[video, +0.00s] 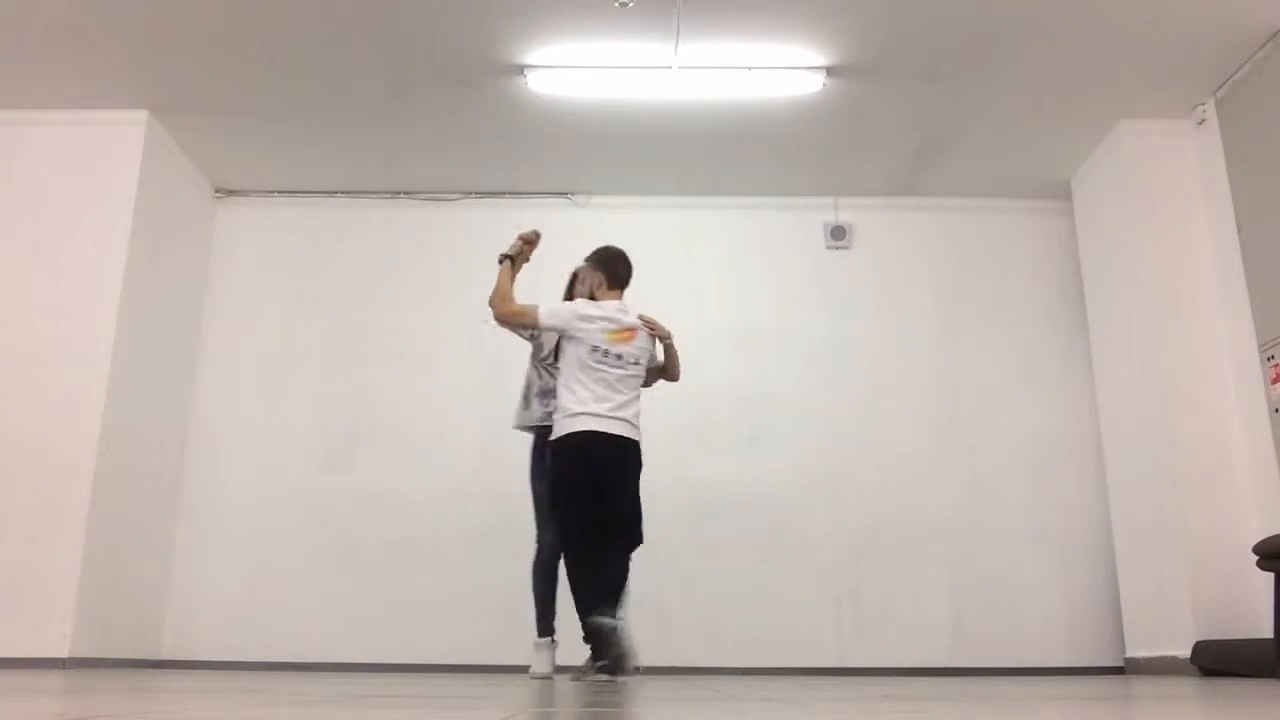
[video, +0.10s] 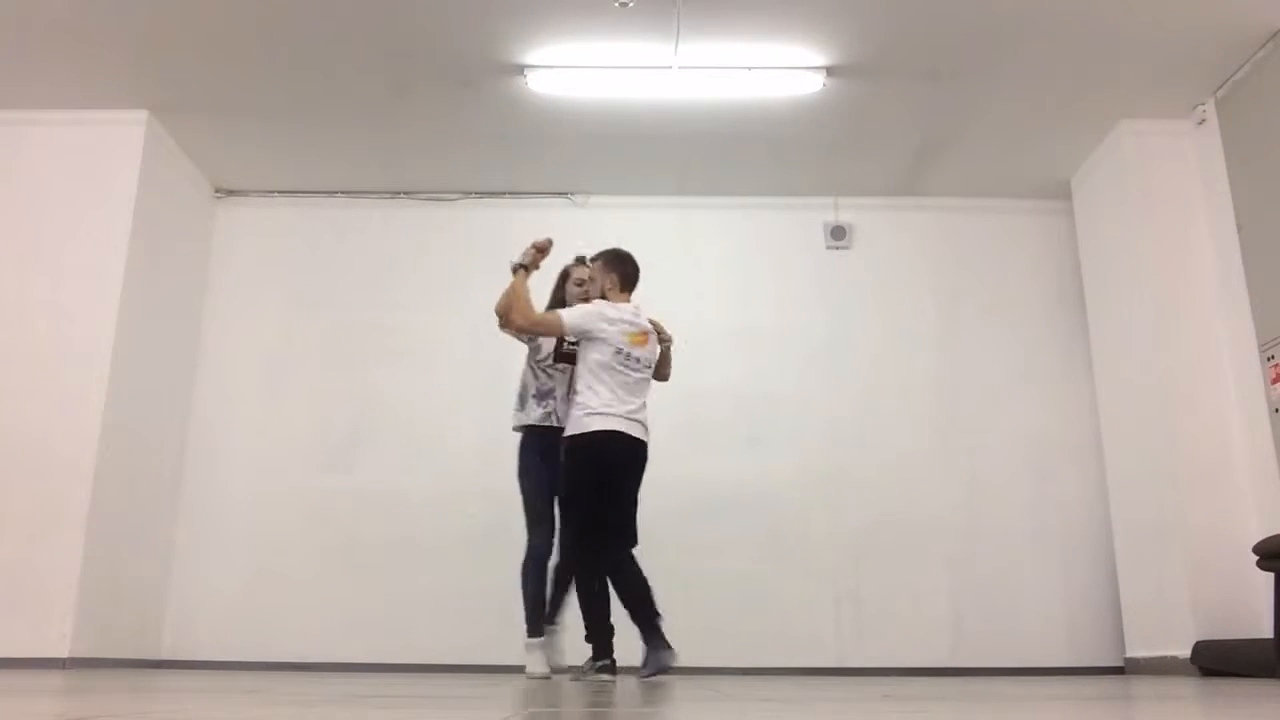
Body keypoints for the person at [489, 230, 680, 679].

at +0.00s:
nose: (581, 284)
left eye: (585, 276)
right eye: (582, 277)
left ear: (596, 278)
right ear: (625, 280)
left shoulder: (577, 315)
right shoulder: (641, 330)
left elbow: (503, 310)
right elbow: (661, 375)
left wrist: (509, 262)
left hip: (577, 441)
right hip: (625, 444)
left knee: (581, 546)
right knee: (620, 540)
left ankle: (608, 648)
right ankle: (610, 627)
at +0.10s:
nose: (588, 285)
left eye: (593, 278)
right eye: (587, 278)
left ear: (610, 280)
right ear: (629, 282)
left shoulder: (597, 315)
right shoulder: (648, 329)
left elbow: (521, 320)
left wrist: (520, 271)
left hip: (591, 439)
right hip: (631, 443)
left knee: (585, 550)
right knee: (616, 549)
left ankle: (602, 656)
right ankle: (656, 643)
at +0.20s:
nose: (592, 287)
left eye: (598, 280)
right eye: (593, 280)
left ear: (621, 283)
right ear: (630, 287)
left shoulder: (617, 320)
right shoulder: (651, 328)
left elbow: (552, 339)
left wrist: (539, 294)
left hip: (608, 442)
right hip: (636, 443)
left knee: (592, 550)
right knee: (627, 553)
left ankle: (602, 655)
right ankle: (666, 653)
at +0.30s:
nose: (598, 288)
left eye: (607, 282)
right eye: (599, 282)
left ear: (631, 287)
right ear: (627, 289)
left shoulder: (632, 327)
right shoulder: (640, 328)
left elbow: (586, 363)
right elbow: (590, 361)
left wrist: (560, 322)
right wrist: (563, 336)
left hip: (625, 447)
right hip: (641, 446)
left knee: (598, 549)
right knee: (638, 553)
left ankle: (605, 655)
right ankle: (672, 655)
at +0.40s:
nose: (607, 291)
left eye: (616, 285)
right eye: (606, 286)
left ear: (639, 291)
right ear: (609, 293)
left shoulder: (642, 330)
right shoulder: (627, 333)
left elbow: (615, 384)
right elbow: (610, 379)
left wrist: (571, 351)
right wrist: (581, 353)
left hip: (645, 449)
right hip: (641, 449)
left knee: (607, 549)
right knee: (638, 555)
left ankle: (618, 653)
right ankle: (672, 656)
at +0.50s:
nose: (611, 296)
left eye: (620, 290)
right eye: (609, 290)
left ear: (642, 296)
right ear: (610, 297)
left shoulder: (647, 337)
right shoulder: (622, 341)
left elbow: (626, 392)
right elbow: (587, 367)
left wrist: (580, 359)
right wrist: (570, 346)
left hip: (656, 451)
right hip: (641, 453)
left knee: (616, 538)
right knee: (636, 552)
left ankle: (629, 648)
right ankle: (672, 655)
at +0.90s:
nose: (618, 307)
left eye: (626, 300)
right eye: (613, 301)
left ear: (645, 306)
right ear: (609, 308)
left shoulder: (661, 344)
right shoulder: (607, 356)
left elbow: (646, 371)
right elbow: (573, 384)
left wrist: (612, 327)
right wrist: (548, 358)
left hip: (653, 463)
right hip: (614, 463)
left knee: (625, 560)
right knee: (596, 559)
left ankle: (613, 653)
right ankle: (661, 637)